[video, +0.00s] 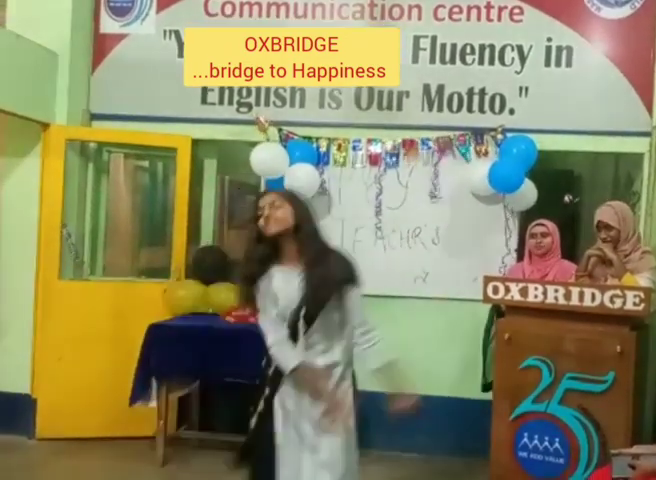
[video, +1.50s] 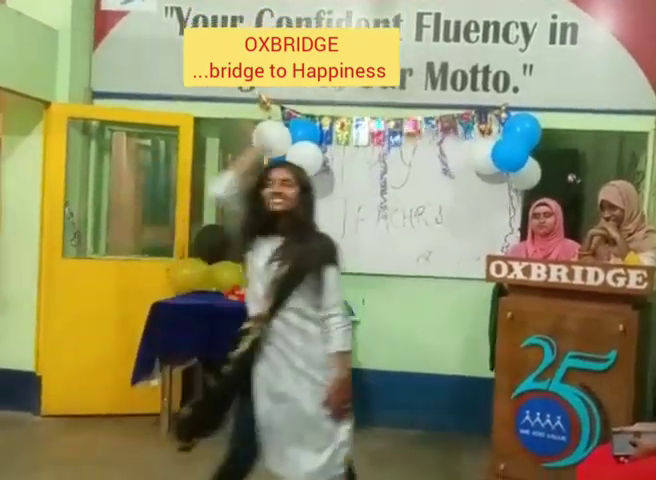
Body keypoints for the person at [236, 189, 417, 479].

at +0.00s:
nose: (266, 214)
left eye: (275, 206)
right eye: (262, 210)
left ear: (298, 213)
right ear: (259, 222)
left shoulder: (335, 266)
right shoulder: (266, 277)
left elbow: (360, 331)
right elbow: (273, 335)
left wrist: (394, 384)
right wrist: (304, 373)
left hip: (332, 387)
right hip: (287, 388)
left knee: (330, 468)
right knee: (288, 468)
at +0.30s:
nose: (311, 200)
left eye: (321, 193)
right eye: (304, 193)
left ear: (339, 202)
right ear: (296, 201)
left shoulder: (356, 249)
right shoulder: (281, 254)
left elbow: (419, 274)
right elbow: (273, 310)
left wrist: (435, 240)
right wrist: (324, 272)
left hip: (352, 388)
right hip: (299, 387)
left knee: (387, 464)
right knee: (292, 470)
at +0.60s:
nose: (266, 226)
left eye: (276, 218)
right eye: (260, 217)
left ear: (295, 225)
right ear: (251, 223)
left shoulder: (310, 276)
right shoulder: (244, 273)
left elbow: (307, 343)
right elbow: (232, 338)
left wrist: (289, 411)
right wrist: (234, 410)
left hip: (298, 392)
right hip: (253, 392)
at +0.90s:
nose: (224, 204)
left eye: (235, 196)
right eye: (218, 195)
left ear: (256, 202)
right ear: (210, 200)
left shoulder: (271, 257)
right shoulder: (213, 250)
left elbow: (254, 314)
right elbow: (166, 290)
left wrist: (196, 319)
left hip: (246, 368)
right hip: (210, 363)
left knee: (219, 456)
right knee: (200, 449)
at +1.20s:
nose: (207, 197)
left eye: (218, 191)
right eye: (206, 190)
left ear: (241, 201)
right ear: (202, 197)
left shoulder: (263, 264)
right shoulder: (200, 250)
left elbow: (262, 339)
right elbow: (133, 235)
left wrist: (239, 402)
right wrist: (127, 181)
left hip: (236, 381)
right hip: (197, 375)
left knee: (229, 466)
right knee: (194, 462)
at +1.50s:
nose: (277, 190)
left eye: (287, 183)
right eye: (269, 183)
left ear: (303, 193)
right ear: (260, 192)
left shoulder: (319, 248)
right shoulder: (255, 245)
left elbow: (334, 314)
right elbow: (224, 193)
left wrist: (342, 375)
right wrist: (255, 154)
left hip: (313, 370)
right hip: (267, 367)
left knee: (325, 462)